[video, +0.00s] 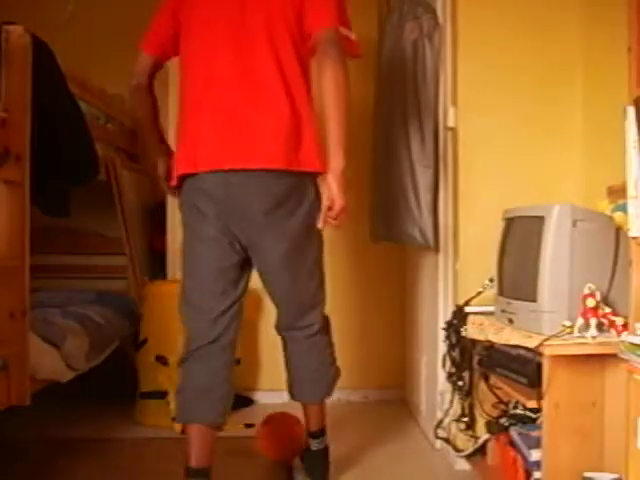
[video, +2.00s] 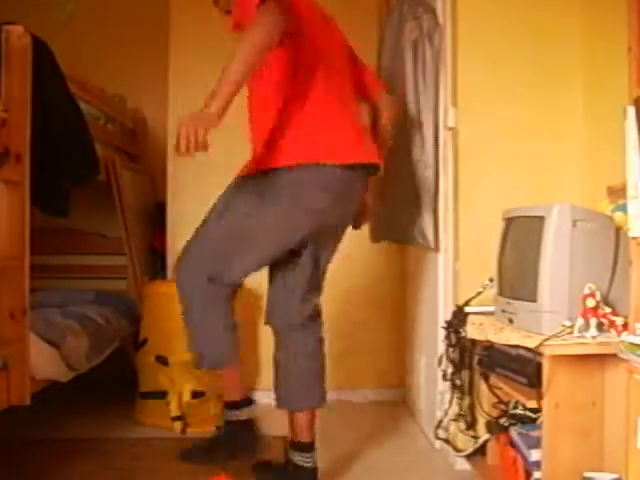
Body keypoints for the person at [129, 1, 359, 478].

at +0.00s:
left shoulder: (185, 4)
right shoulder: (309, 3)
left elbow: (140, 76)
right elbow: (328, 55)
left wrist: (159, 151)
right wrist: (334, 167)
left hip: (203, 166)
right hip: (277, 163)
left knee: (205, 327)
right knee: (302, 320)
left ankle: (196, 471)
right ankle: (317, 446)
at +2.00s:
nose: (231, 22)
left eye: (230, 13)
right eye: (232, 18)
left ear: (241, 1)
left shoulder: (263, 6)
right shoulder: (326, 28)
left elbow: (271, 24)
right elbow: (386, 103)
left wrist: (211, 108)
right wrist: (368, 178)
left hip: (301, 169)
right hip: (345, 174)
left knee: (200, 272)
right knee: (294, 309)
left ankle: (237, 424)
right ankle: (302, 456)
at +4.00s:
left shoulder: (302, 2)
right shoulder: (181, 4)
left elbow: (404, 31)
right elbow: (130, 68)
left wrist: (391, 9)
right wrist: (129, 176)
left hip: (254, 175)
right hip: (199, 175)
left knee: (291, 311)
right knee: (248, 337)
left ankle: (171, 398)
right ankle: (237, 474)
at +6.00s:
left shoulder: (201, 10)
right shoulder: (118, 4)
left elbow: (166, 97)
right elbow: (53, 80)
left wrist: (183, 165)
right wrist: (97, 173)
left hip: (164, 174)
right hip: (102, 181)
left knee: (224, 256)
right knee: (113, 321)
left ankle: (178, 393)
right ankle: (106, 452)